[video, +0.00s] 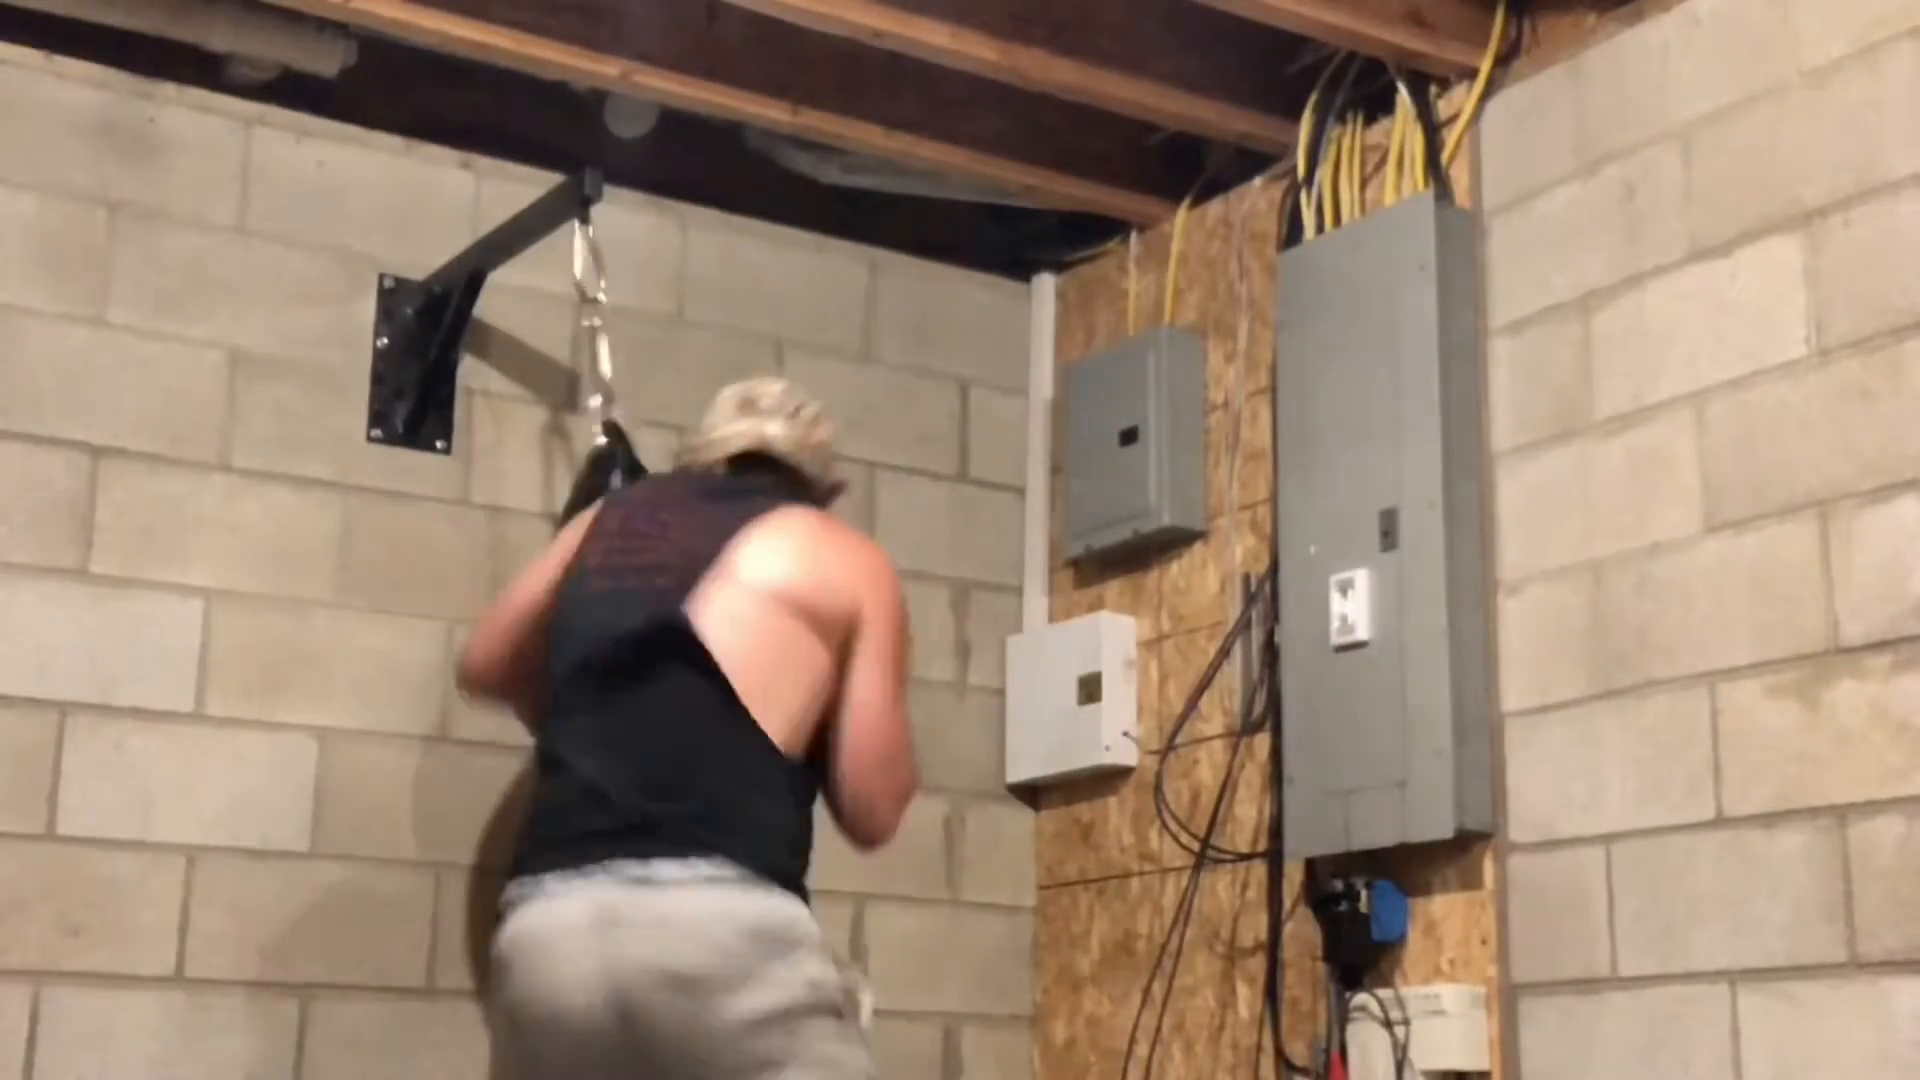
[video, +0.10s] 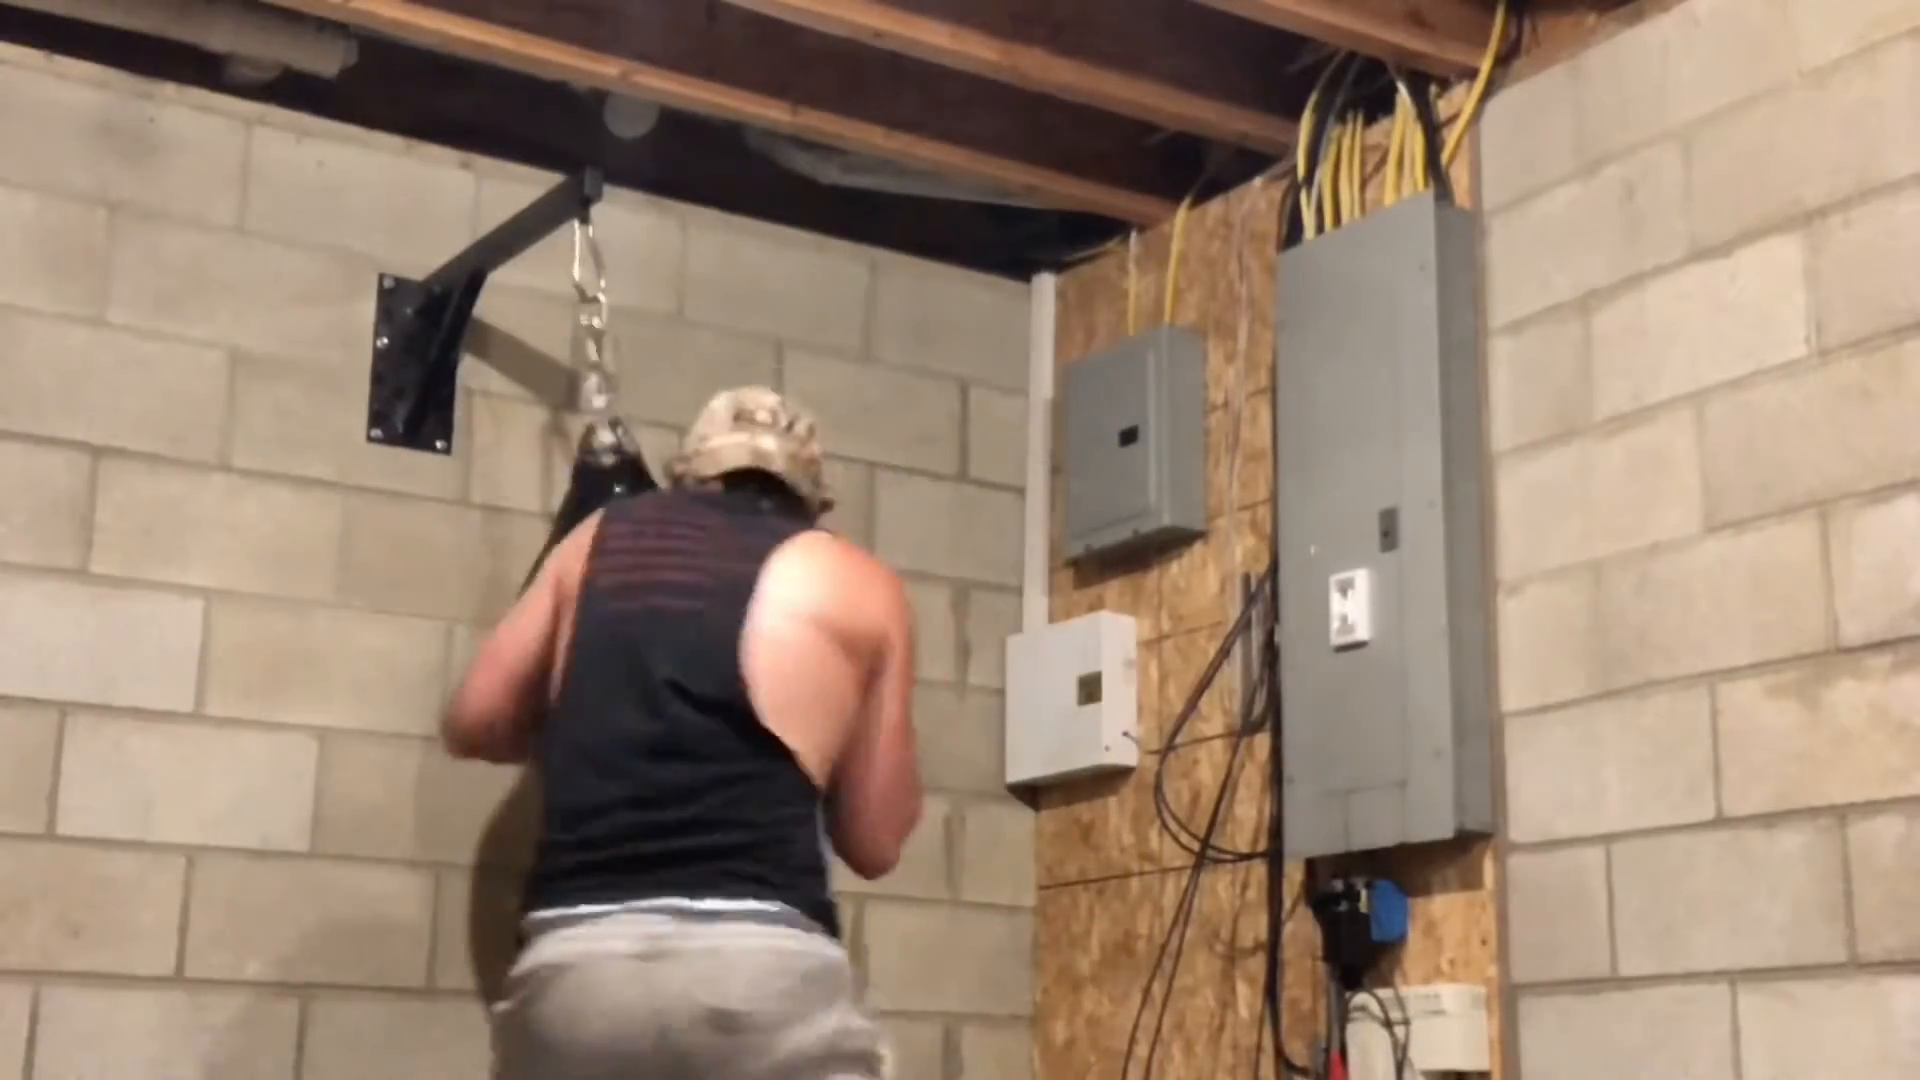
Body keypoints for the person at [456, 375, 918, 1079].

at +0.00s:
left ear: (701, 457)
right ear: (825, 484)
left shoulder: (602, 520)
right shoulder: (852, 560)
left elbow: (489, 661)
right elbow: (874, 810)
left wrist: (600, 722)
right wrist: (819, 672)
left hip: (546, 924)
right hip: (728, 928)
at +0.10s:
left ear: (688, 471)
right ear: (814, 490)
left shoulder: (592, 540)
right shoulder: (865, 586)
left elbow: (476, 723)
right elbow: (875, 845)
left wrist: (606, 710)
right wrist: (817, 707)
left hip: (576, 966)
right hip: (771, 974)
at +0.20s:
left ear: (711, 438)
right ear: (839, 448)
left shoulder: (616, 512)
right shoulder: (907, 553)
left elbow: (494, 697)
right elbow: (928, 816)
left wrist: (629, 746)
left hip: (633, 953)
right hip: (827, 958)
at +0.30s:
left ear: (745, 400)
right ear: (877, 409)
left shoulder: (661, 478)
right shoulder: (965, 516)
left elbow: (557, 668)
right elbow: (1000, 774)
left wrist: (655, 708)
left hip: (717, 935)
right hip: (917, 926)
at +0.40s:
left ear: (780, 374)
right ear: (914, 378)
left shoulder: (716, 446)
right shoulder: (1012, 485)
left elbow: (626, 643)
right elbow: (1061, 751)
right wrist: (938, 720)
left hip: (771, 914)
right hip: (973, 902)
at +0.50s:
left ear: (811, 331)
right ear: (943, 336)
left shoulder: (754, 397)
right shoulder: (1052, 453)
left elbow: (665, 599)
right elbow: (1092, 714)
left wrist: (723, 655)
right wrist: (944, 695)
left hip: (803, 865)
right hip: (1003, 872)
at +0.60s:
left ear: (836, 309)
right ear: (969, 319)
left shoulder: (780, 378)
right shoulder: (1081, 441)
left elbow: (673, 573)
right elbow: (1112, 704)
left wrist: (756, 643)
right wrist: (958, 674)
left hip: (812, 840)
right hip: (1010, 854)